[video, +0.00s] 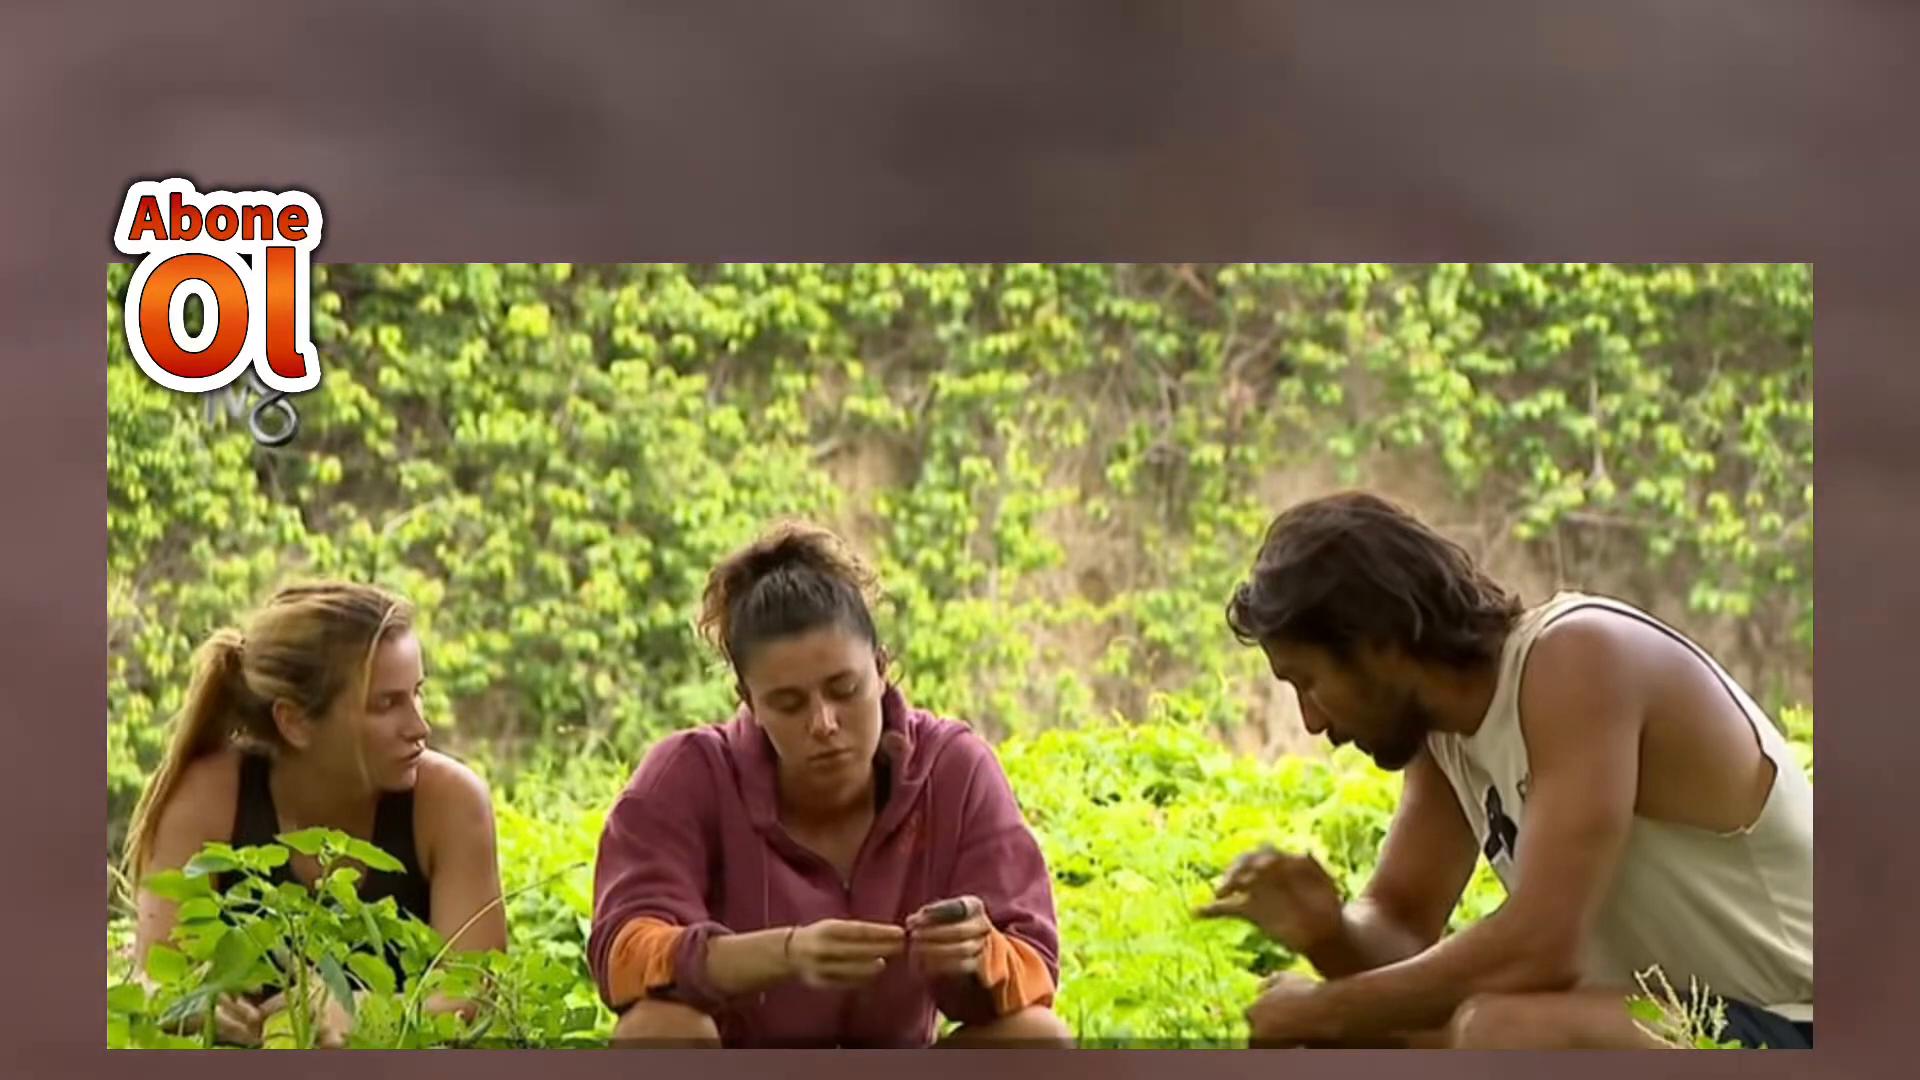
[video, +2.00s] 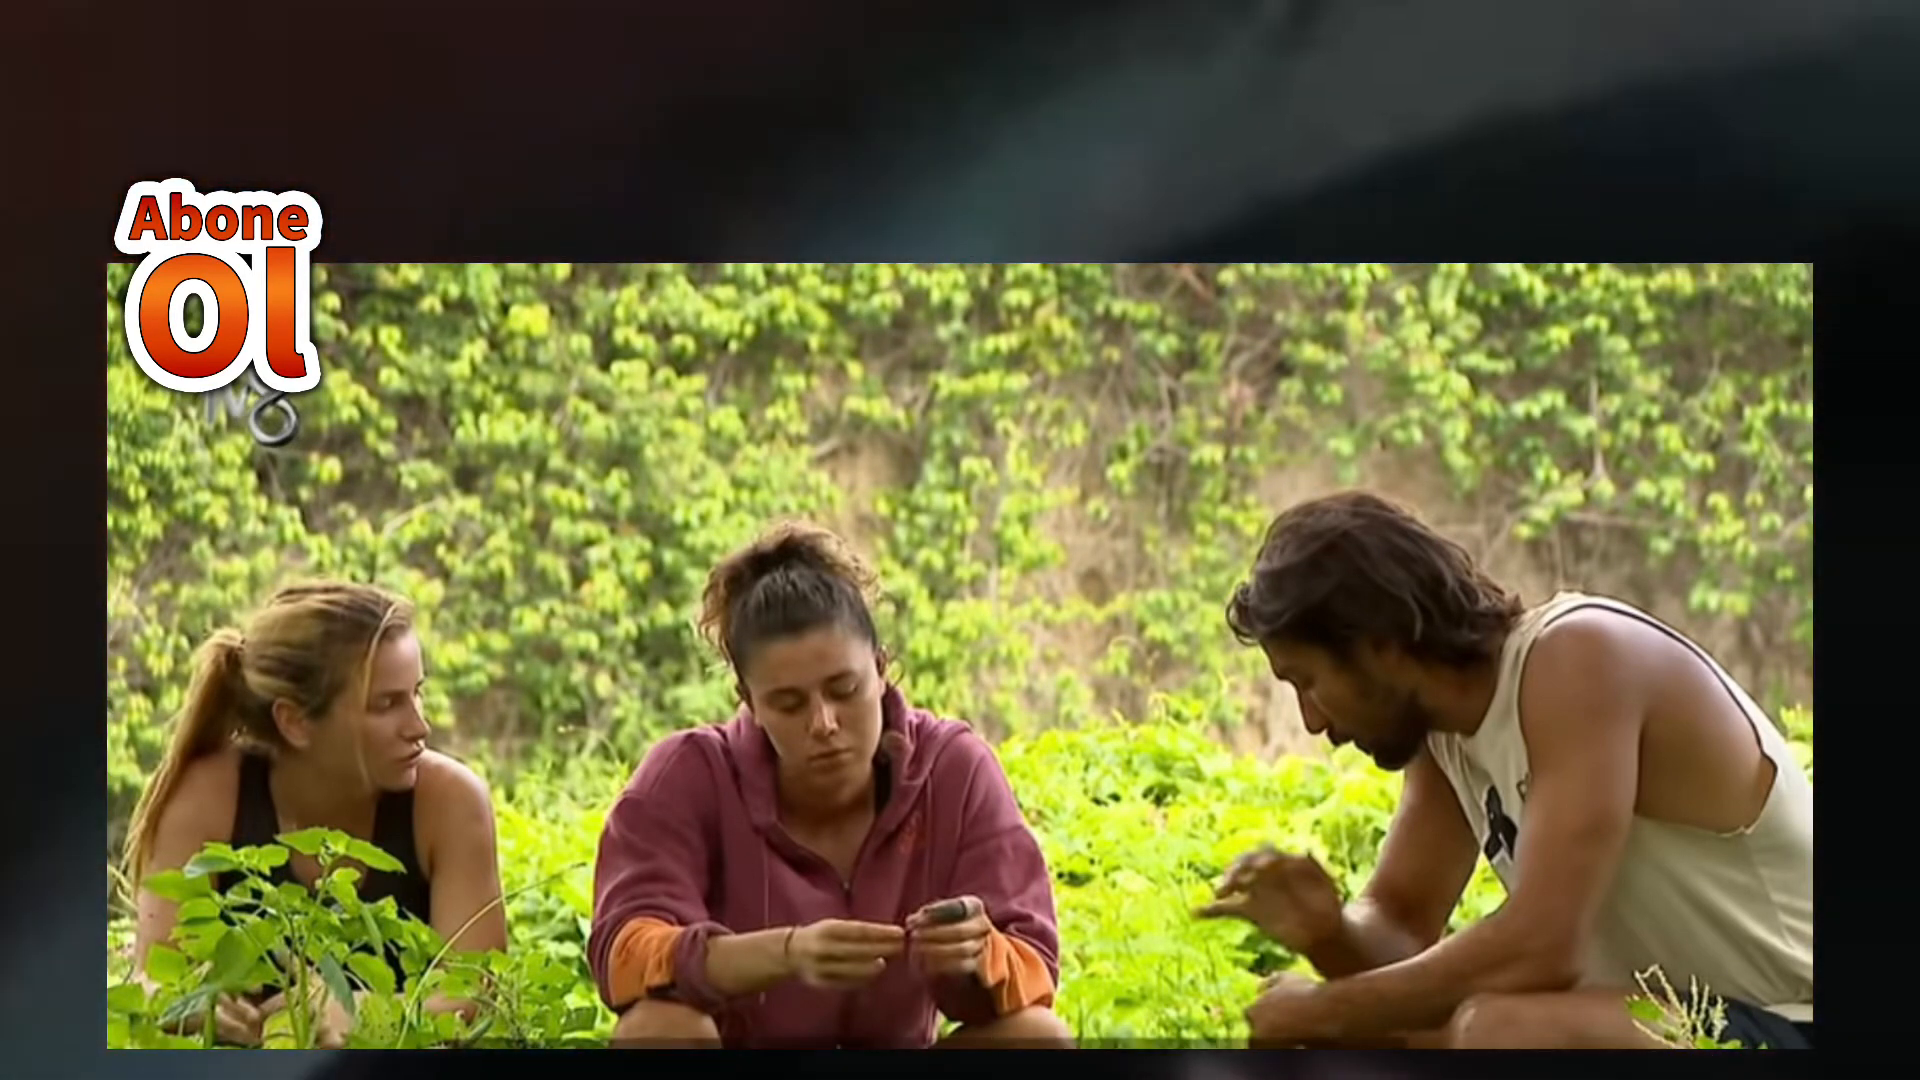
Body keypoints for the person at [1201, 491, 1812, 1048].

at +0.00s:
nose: (1311, 724)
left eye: (1306, 687)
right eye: (1296, 693)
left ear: (1383, 640)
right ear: (1383, 641)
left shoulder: (1584, 656)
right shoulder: (1451, 731)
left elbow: (1539, 950)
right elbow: (1402, 926)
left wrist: (1327, 1014)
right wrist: (1329, 932)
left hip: (1788, 1019)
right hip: (1659, 1004)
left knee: (1502, 1026)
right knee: (1374, 1027)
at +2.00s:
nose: (1311, 723)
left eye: (1306, 686)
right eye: (1295, 693)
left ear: (1384, 642)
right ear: (1384, 643)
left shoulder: (1585, 656)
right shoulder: (1451, 731)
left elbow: (1539, 951)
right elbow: (1402, 926)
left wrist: (1320, 1014)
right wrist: (1330, 932)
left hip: (1784, 1012)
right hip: (1651, 1000)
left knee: (1499, 1024)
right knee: (1366, 1029)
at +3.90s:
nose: (1311, 723)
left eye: (1307, 687)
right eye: (1296, 693)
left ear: (1385, 642)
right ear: (1385, 644)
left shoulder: (1584, 657)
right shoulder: (1451, 730)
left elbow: (1539, 950)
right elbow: (1402, 926)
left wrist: (1327, 1015)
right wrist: (1329, 934)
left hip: (1787, 1017)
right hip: (1655, 1001)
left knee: (1500, 1026)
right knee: (1380, 1025)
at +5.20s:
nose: (1310, 723)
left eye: (1305, 686)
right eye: (1295, 693)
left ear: (1384, 642)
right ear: (1384, 644)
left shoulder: (1584, 656)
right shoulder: (1450, 730)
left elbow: (1539, 950)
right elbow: (1403, 924)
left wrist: (1324, 1014)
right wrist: (1330, 933)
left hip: (1790, 1018)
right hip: (1658, 1003)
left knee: (1500, 1025)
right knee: (1380, 1026)